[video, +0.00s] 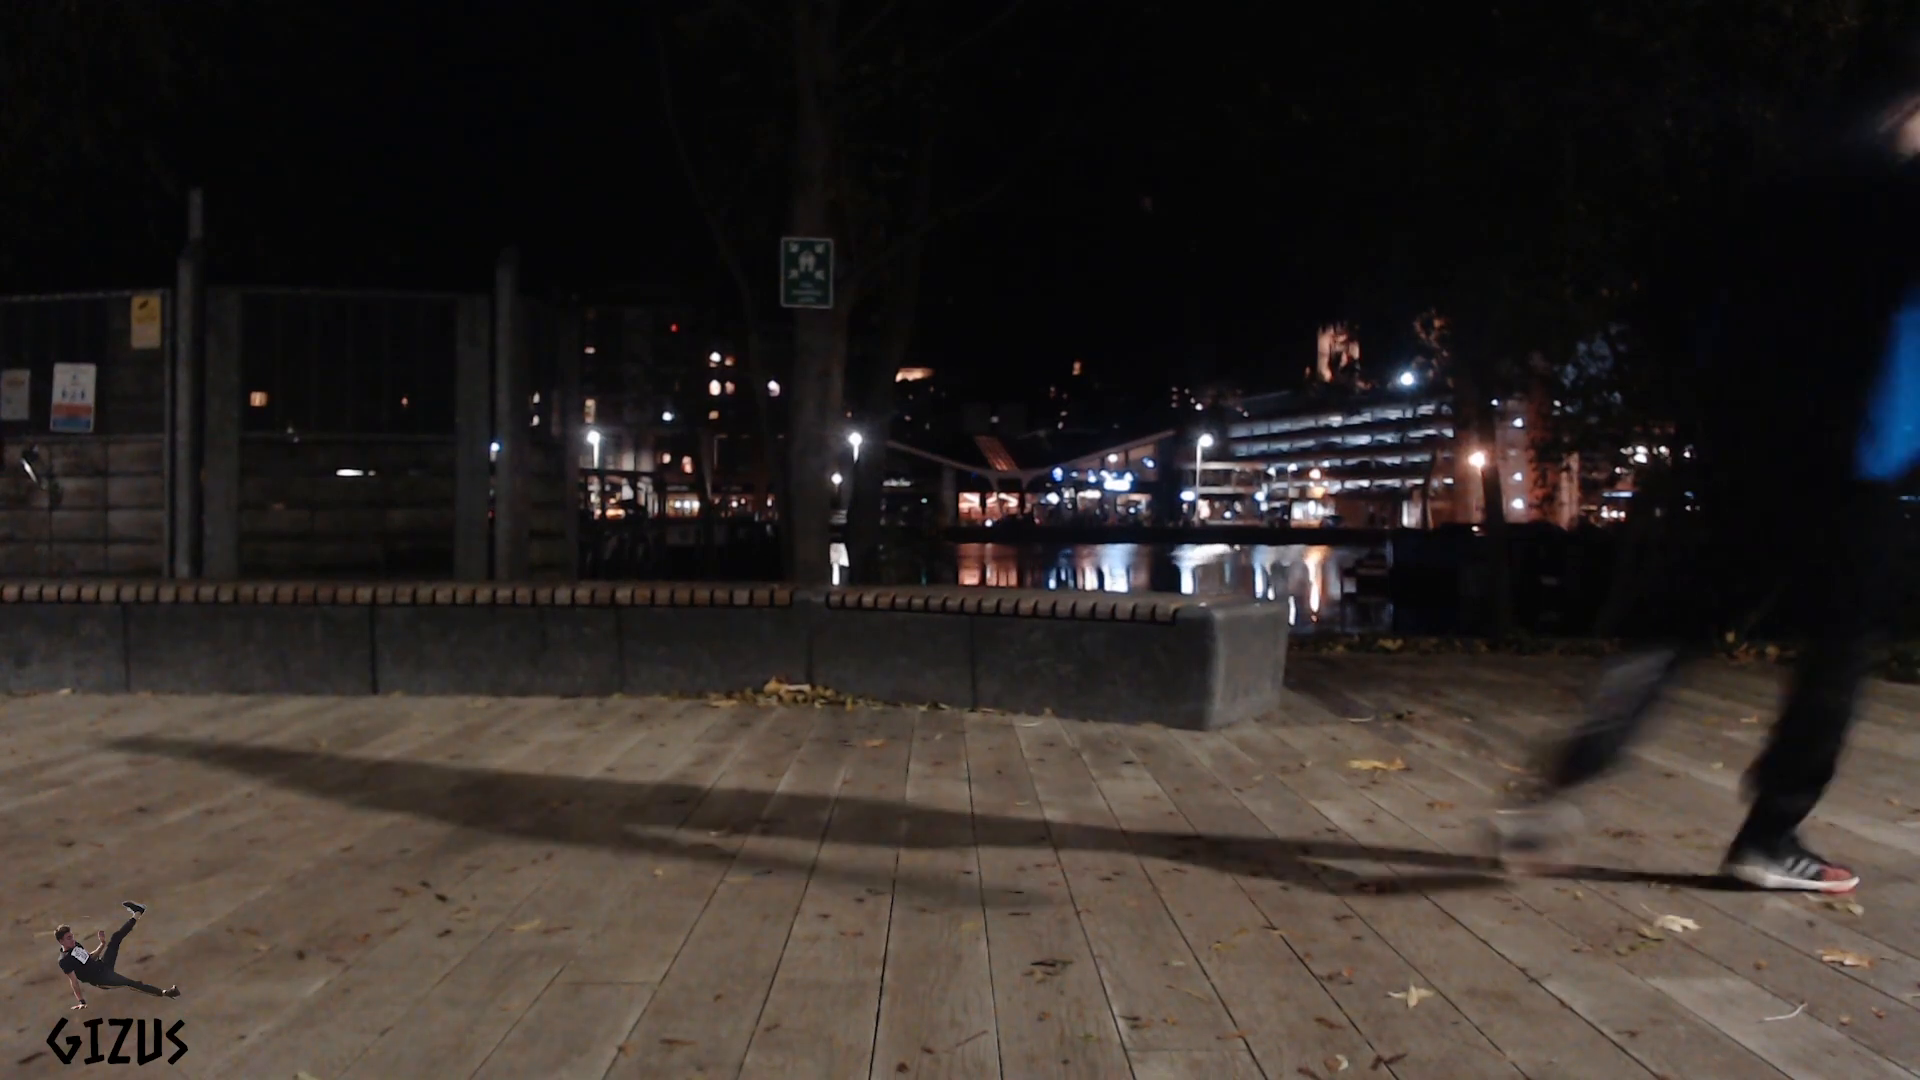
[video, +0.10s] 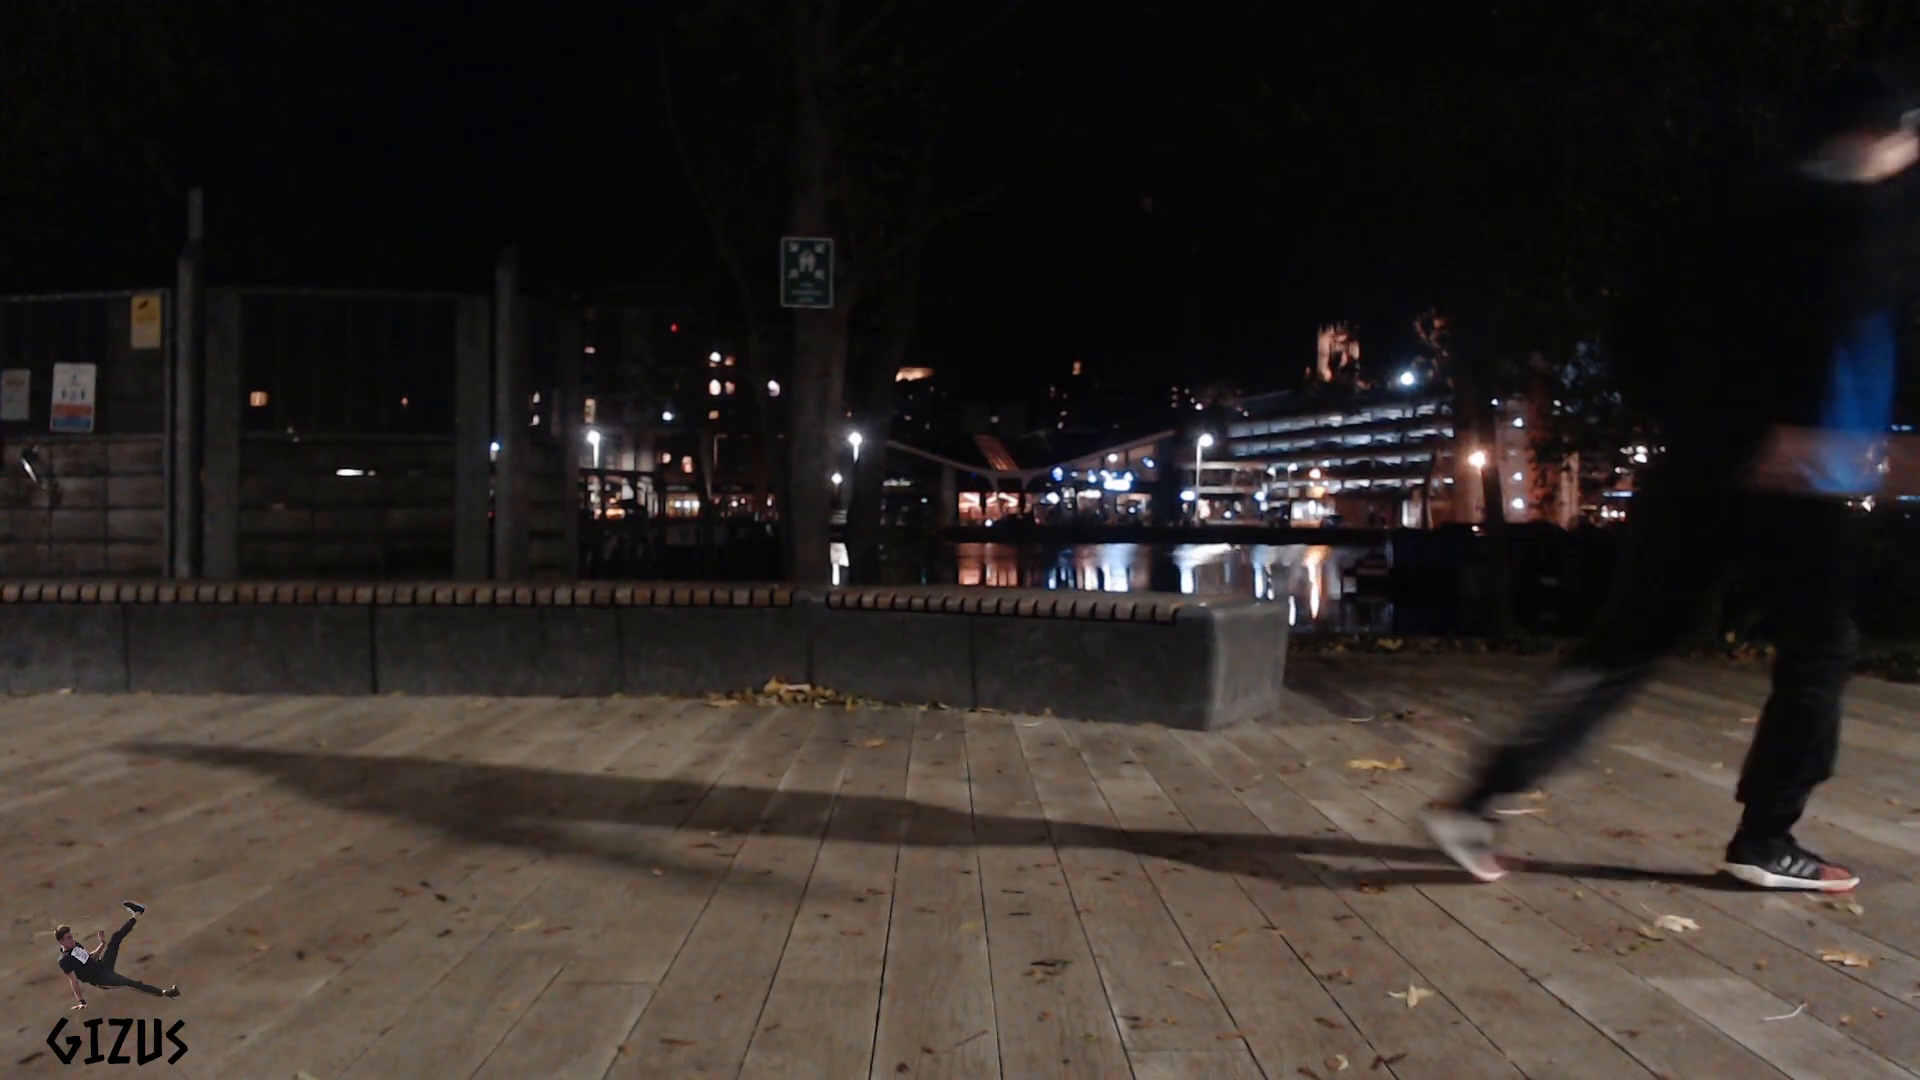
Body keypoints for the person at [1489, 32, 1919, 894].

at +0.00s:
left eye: (1918, 116)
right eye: (1918, 117)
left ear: (1843, 117)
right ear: (1901, 120)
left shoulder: (1787, 190)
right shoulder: (1891, 202)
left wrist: (1730, 417)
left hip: (1763, 450)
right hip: (1853, 468)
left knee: (1690, 612)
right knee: (1838, 652)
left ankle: (1559, 779)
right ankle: (1769, 838)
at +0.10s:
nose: (1909, 158)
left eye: (1910, 141)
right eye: (1907, 140)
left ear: (1827, 127)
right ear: (1879, 138)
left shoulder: (1757, 195)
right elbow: (1812, 326)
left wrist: (1706, 420)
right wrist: (1797, 423)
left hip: (1706, 463)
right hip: (1796, 477)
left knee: (1638, 635)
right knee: (1819, 649)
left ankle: (1477, 807)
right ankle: (1767, 838)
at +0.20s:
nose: (1819, 169)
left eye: (1825, 152)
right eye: (1810, 147)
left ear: (1769, 146)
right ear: (1758, 135)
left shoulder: (1708, 208)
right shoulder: (1692, 202)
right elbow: (1669, 349)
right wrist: (1706, 465)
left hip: (1628, 469)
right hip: (1669, 473)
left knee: (1552, 639)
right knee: (1722, 638)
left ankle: (1421, 813)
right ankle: (1770, 830)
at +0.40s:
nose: (1633, 191)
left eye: (1645, 177)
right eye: (1629, 168)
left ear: (1635, 173)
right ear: (1583, 148)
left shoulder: (1554, 244)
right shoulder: (1495, 213)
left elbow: (1519, 388)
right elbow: (1392, 315)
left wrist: (1555, 489)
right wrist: (1350, 429)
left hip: (1476, 472)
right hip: (1433, 469)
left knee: (1498, 648)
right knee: (1499, 651)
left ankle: (1417, 827)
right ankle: (1413, 834)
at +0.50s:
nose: (1578, 181)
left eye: (1593, 167)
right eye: (1568, 158)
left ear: (1595, 172)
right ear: (1520, 145)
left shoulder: (1510, 249)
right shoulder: (1437, 206)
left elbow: (1481, 380)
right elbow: (1333, 277)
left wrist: (1518, 476)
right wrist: (1321, 374)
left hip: (1439, 481)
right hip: (1380, 467)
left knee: (1474, 652)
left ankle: (1411, 834)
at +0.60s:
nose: (1487, 162)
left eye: (1497, 148)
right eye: (1481, 141)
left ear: (1477, 146)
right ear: (1434, 125)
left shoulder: (1417, 213)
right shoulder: (1345, 167)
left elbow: (1395, 335)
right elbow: (1268, 162)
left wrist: (1444, 422)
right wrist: (1298, 248)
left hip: (1309, 443)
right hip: (1235, 431)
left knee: (1358, 607)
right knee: (1146, 603)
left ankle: (1370, 824)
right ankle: (993, 757)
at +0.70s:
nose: (1426, 173)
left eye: (1437, 160)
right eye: (1426, 153)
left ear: (1422, 156)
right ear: (1390, 138)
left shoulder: (1354, 226)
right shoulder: (1296, 183)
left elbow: (1362, 329)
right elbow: (1254, 132)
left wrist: (1414, 410)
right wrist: (1322, 209)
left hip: (1256, 452)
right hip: (1188, 440)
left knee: (1318, 628)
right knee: (1076, 603)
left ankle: (1331, 837)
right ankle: (912, 758)